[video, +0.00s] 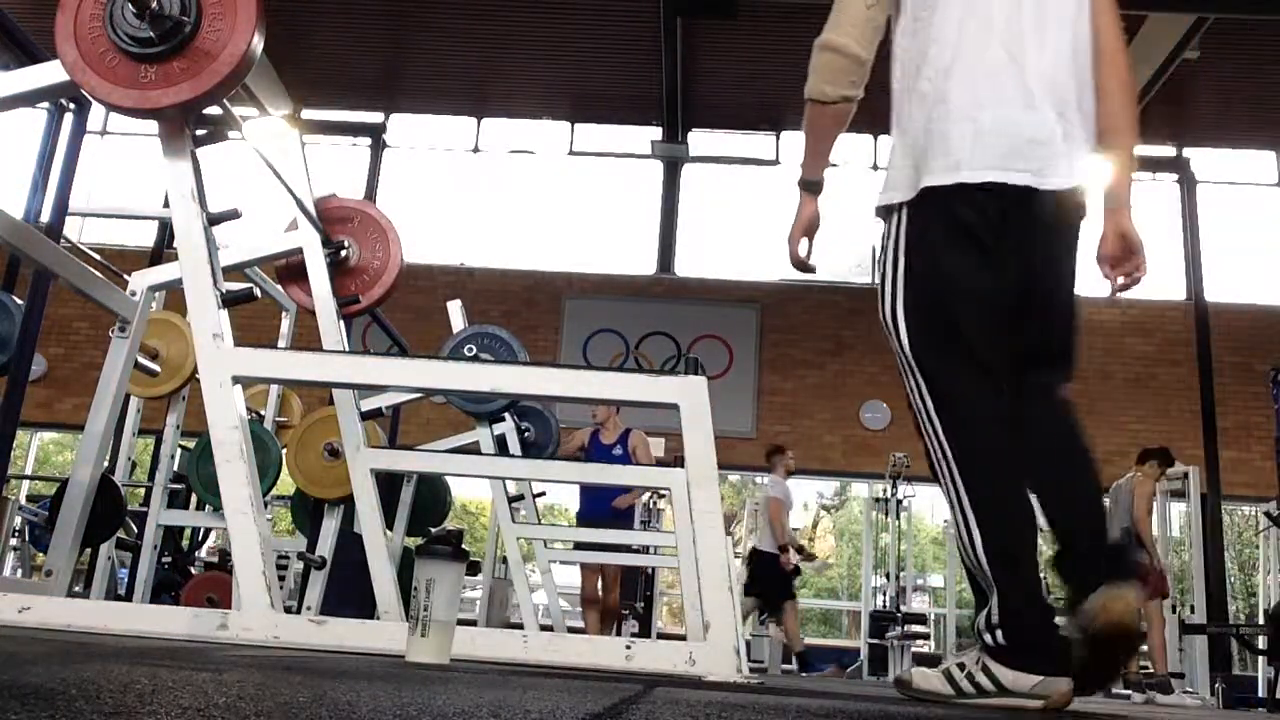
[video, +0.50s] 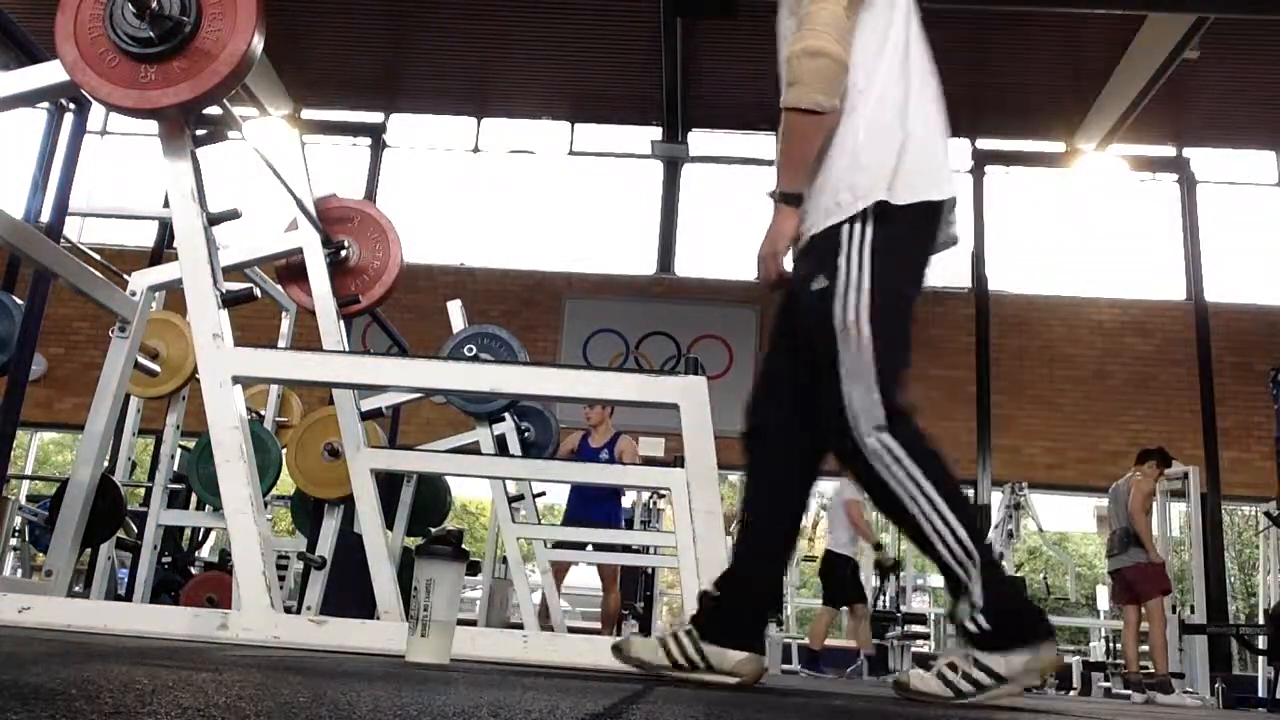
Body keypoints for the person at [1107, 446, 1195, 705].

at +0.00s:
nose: (1160, 478)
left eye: (1162, 474)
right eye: (1161, 472)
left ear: (1140, 464)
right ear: (1153, 466)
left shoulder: (1118, 485)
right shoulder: (1144, 482)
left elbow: (1114, 524)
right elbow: (1141, 520)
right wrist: (1155, 555)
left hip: (1118, 560)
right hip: (1139, 559)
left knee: (1127, 621)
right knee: (1156, 621)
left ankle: (1131, 679)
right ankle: (1163, 680)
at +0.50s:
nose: (1157, 480)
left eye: (1159, 476)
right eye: (1159, 474)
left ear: (1139, 465)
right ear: (1152, 466)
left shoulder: (1116, 487)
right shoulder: (1144, 481)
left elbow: (1114, 528)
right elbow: (1136, 513)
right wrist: (1152, 552)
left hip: (1118, 565)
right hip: (1139, 561)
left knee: (1130, 623)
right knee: (1157, 620)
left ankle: (1133, 682)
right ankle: (1163, 682)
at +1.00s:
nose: (1157, 481)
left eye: (1160, 477)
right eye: (1159, 475)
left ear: (1140, 465)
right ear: (1152, 467)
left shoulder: (1118, 485)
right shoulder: (1141, 477)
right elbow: (1126, 493)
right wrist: (1151, 531)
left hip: (1118, 561)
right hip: (1137, 559)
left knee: (1132, 619)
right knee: (1160, 616)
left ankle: (1133, 682)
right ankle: (1164, 682)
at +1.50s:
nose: (1164, 480)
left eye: (1168, 477)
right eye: (1166, 474)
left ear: (1153, 464)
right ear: (1158, 465)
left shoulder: (1128, 481)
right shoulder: (1142, 481)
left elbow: (1126, 520)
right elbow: (1129, 512)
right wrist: (1163, 531)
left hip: (1123, 560)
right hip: (1140, 559)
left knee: (1135, 619)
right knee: (1159, 616)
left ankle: (1134, 684)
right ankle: (1163, 684)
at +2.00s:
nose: (1178, 476)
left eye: (1180, 472)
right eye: (1179, 471)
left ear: (1163, 460)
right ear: (1170, 462)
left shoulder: (1133, 481)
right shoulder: (1157, 481)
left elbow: (1136, 523)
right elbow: (1158, 520)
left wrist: (1168, 529)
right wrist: (1189, 528)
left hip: (1135, 562)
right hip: (1156, 561)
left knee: (1143, 623)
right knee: (1161, 624)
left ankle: (1137, 686)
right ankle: (1163, 687)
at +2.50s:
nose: (1188, 476)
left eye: (1191, 472)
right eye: (1190, 471)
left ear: (1174, 459)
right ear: (1182, 462)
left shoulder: (1143, 480)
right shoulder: (1170, 480)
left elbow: (1141, 524)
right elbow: (1172, 521)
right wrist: (1200, 527)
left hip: (1146, 563)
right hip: (1168, 562)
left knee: (1152, 624)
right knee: (1166, 624)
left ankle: (1140, 685)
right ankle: (1163, 687)